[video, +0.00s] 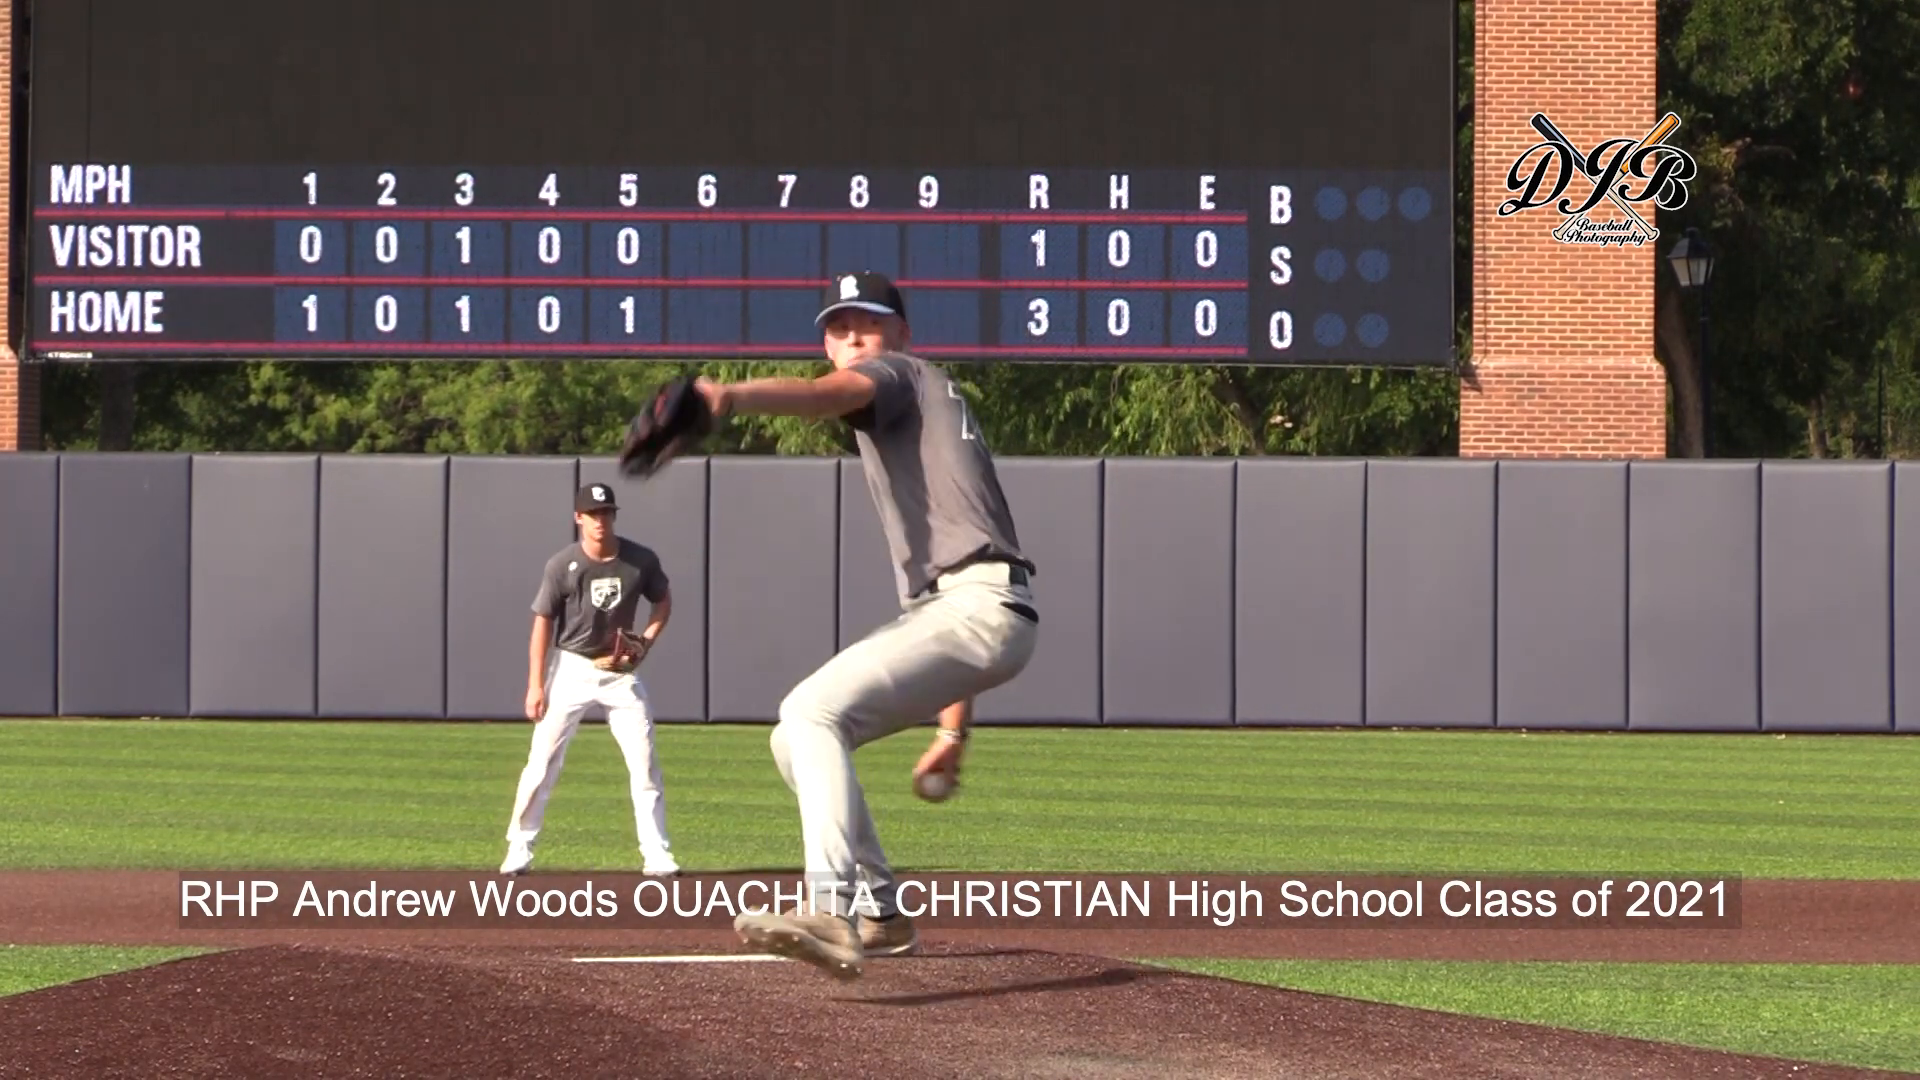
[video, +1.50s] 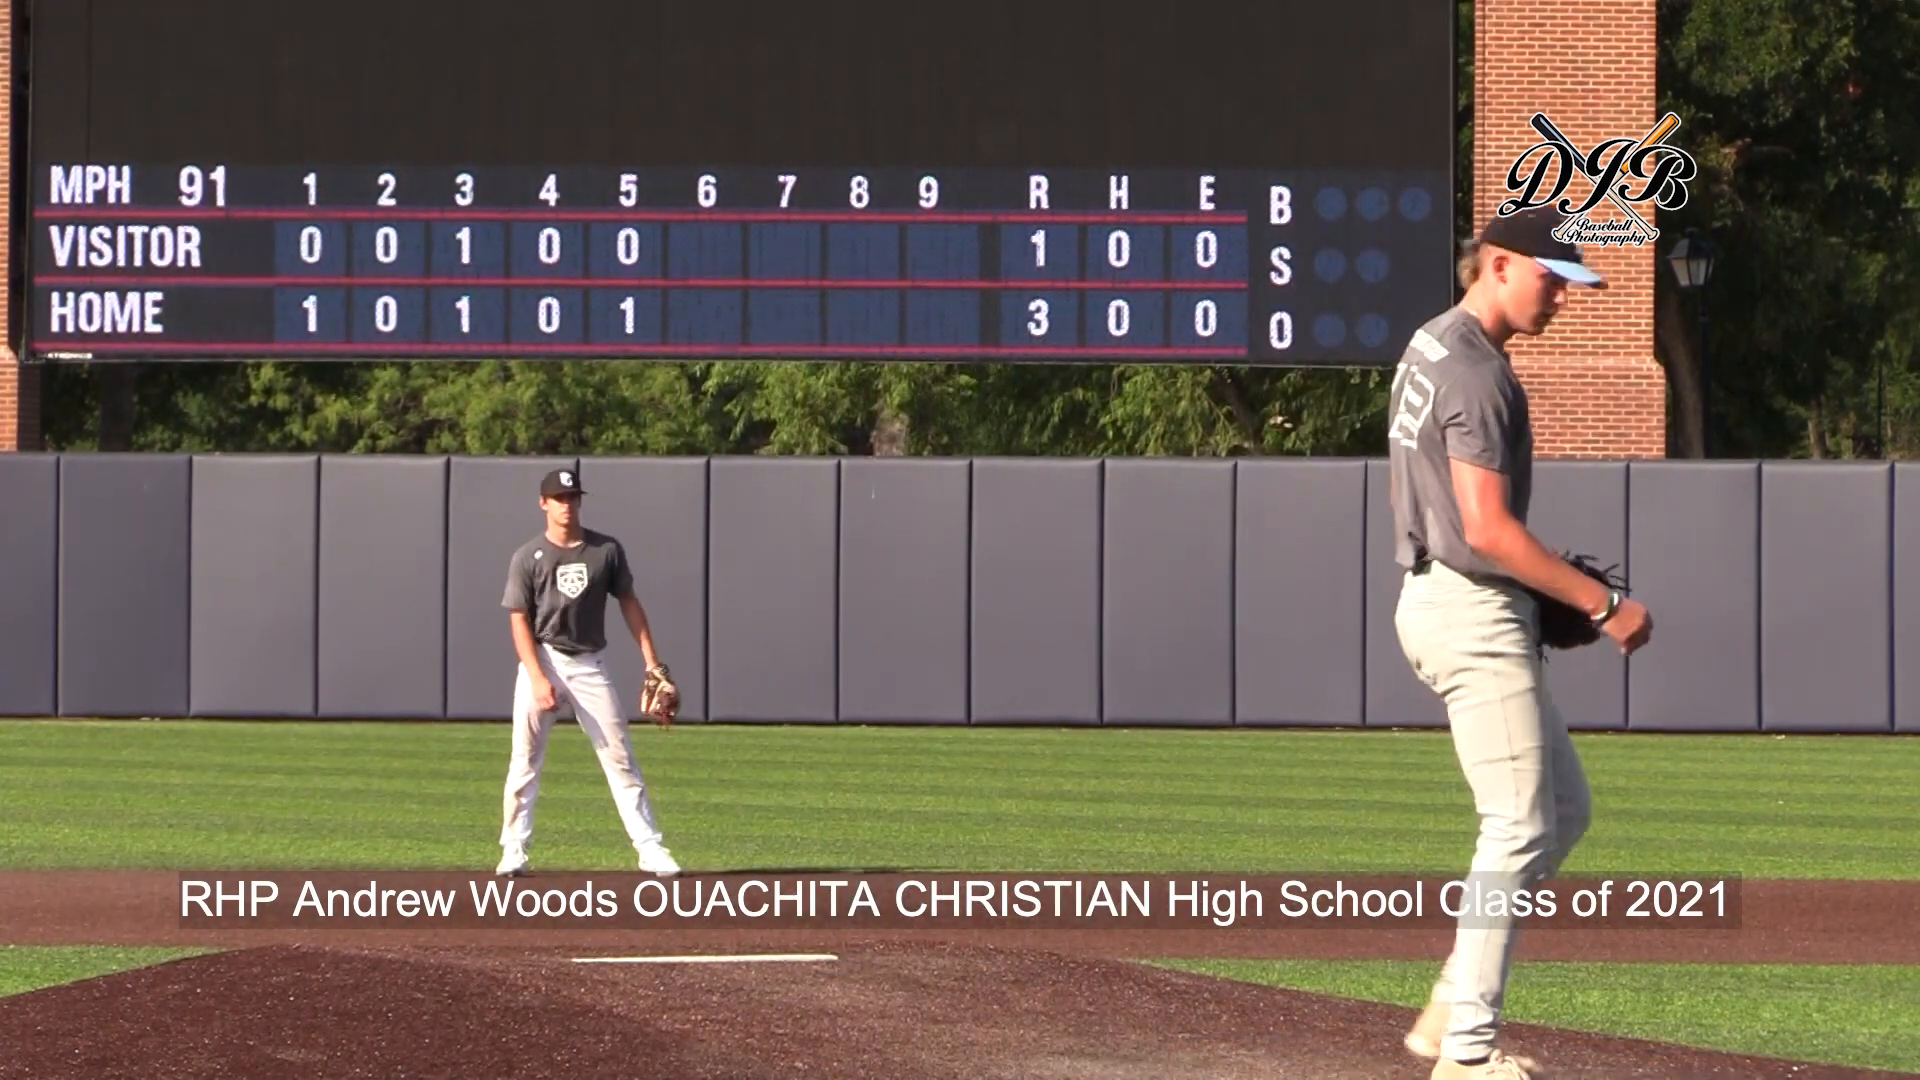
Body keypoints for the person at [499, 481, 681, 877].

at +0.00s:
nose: (600, 522)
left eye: (606, 514)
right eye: (592, 516)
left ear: (615, 517)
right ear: (578, 519)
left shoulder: (642, 561)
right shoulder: (561, 566)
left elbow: (663, 601)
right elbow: (542, 621)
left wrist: (645, 643)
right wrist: (536, 683)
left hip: (622, 675)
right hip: (571, 671)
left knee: (645, 764)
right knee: (541, 762)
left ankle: (657, 859)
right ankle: (519, 852)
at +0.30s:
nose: (630, 533)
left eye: (636, 526)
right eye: (622, 525)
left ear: (644, 529)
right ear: (607, 527)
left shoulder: (661, 574)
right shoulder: (582, 568)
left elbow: (680, 619)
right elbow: (552, 616)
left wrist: (674, 671)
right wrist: (553, 678)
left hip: (627, 672)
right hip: (578, 668)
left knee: (646, 763)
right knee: (547, 758)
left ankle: (657, 859)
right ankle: (519, 850)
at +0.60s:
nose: (612, 544)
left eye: (619, 537)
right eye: (605, 537)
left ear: (627, 541)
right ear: (590, 539)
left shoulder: (642, 581)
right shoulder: (568, 579)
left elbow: (650, 630)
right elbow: (537, 629)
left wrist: (638, 681)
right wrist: (549, 693)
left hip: (604, 676)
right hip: (555, 671)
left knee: (632, 757)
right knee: (528, 761)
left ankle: (654, 854)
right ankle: (512, 851)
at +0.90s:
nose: (608, 543)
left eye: (615, 536)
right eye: (601, 535)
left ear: (623, 539)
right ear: (585, 537)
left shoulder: (639, 579)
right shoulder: (562, 579)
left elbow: (647, 621)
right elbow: (532, 627)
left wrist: (626, 666)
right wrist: (529, 691)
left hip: (607, 671)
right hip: (556, 668)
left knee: (631, 761)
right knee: (532, 760)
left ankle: (654, 852)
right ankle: (512, 850)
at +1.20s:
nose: (605, 528)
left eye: (611, 521)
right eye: (598, 521)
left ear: (618, 525)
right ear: (581, 524)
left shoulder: (637, 568)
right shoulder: (559, 570)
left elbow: (652, 617)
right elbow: (537, 625)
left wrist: (649, 675)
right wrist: (541, 685)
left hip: (610, 671)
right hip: (561, 669)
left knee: (633, 761)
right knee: (535, 761)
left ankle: (654, 854)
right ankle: (513, 852)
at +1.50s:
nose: (567, 506)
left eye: (573, 498)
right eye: (559, 499)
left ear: (580, 502)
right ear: (544, 504)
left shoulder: (607, 551)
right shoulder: (527, 556)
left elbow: (629, 604)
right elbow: (519, 622)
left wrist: (651, 663)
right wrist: (537, 677)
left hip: (589, 665)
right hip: (540, 662)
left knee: (620, 757)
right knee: (524, 761)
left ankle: (651, 851)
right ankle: (514, 855)